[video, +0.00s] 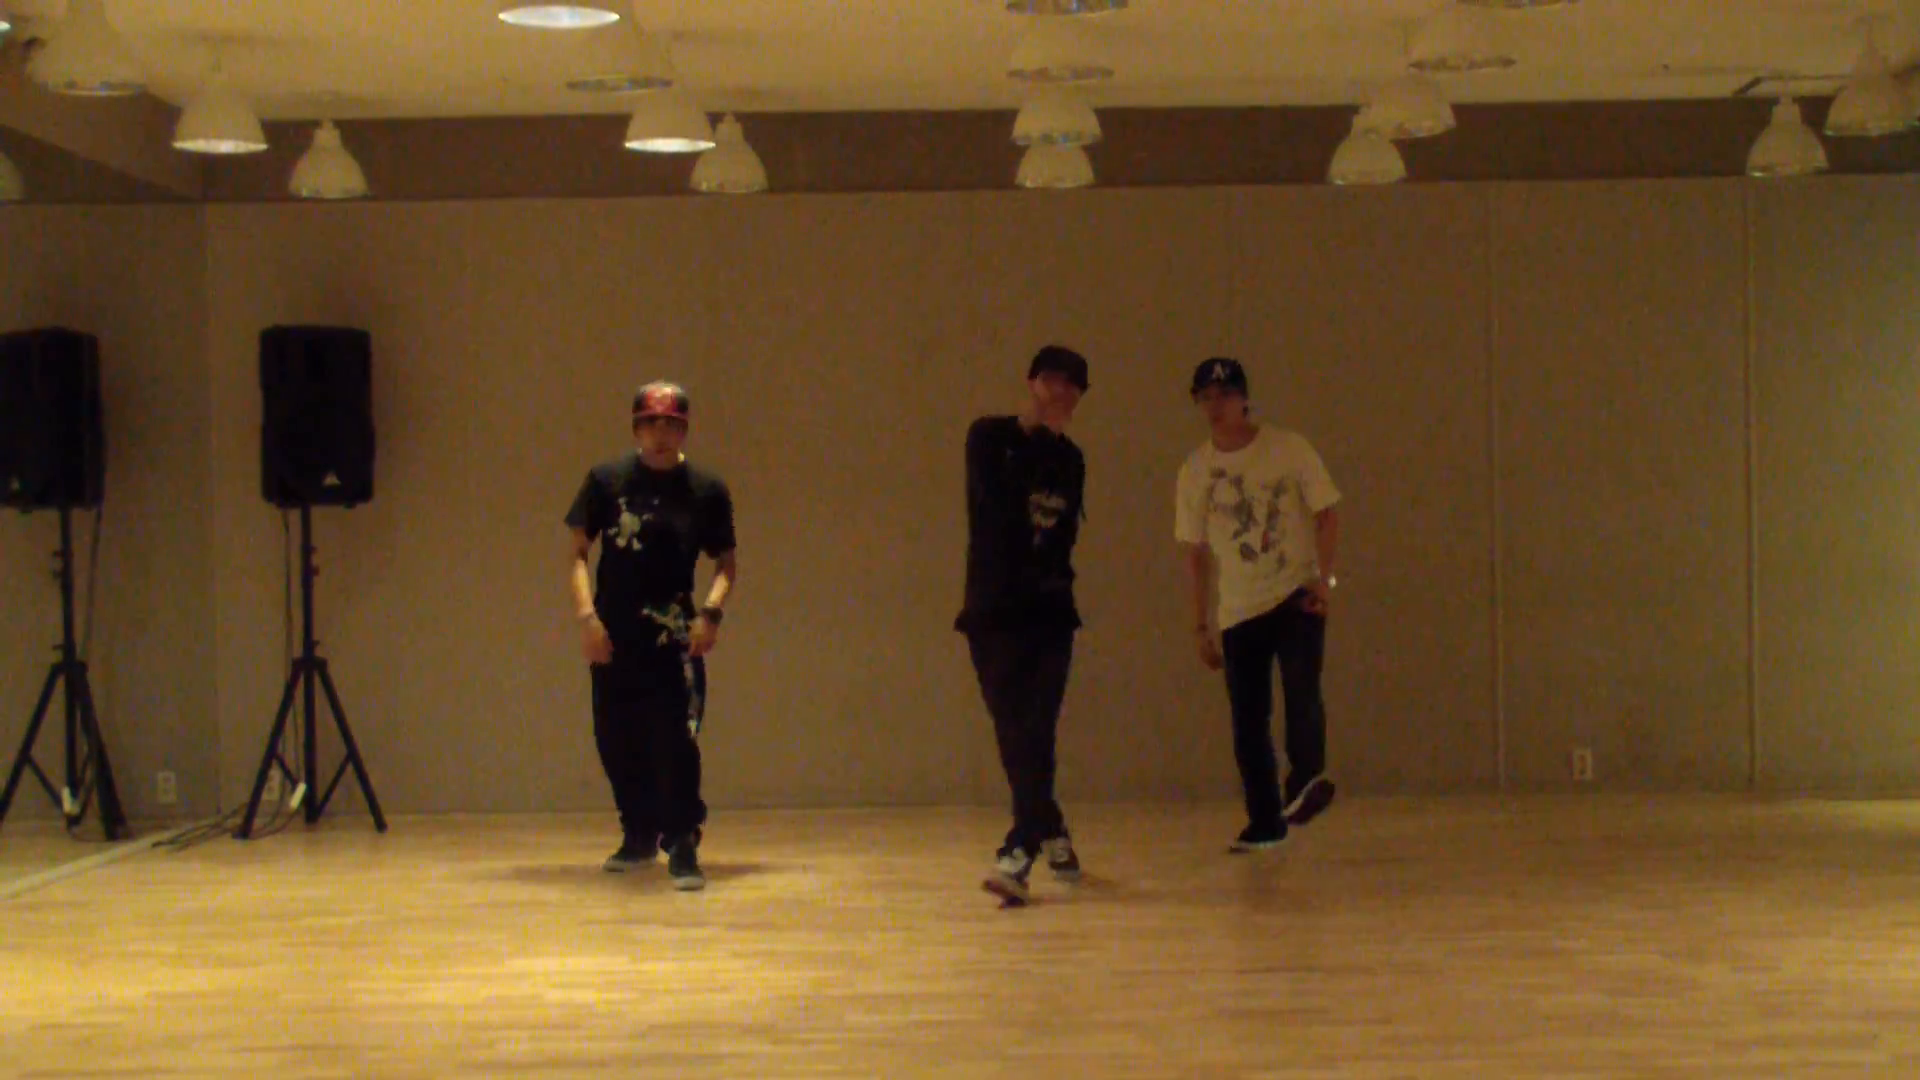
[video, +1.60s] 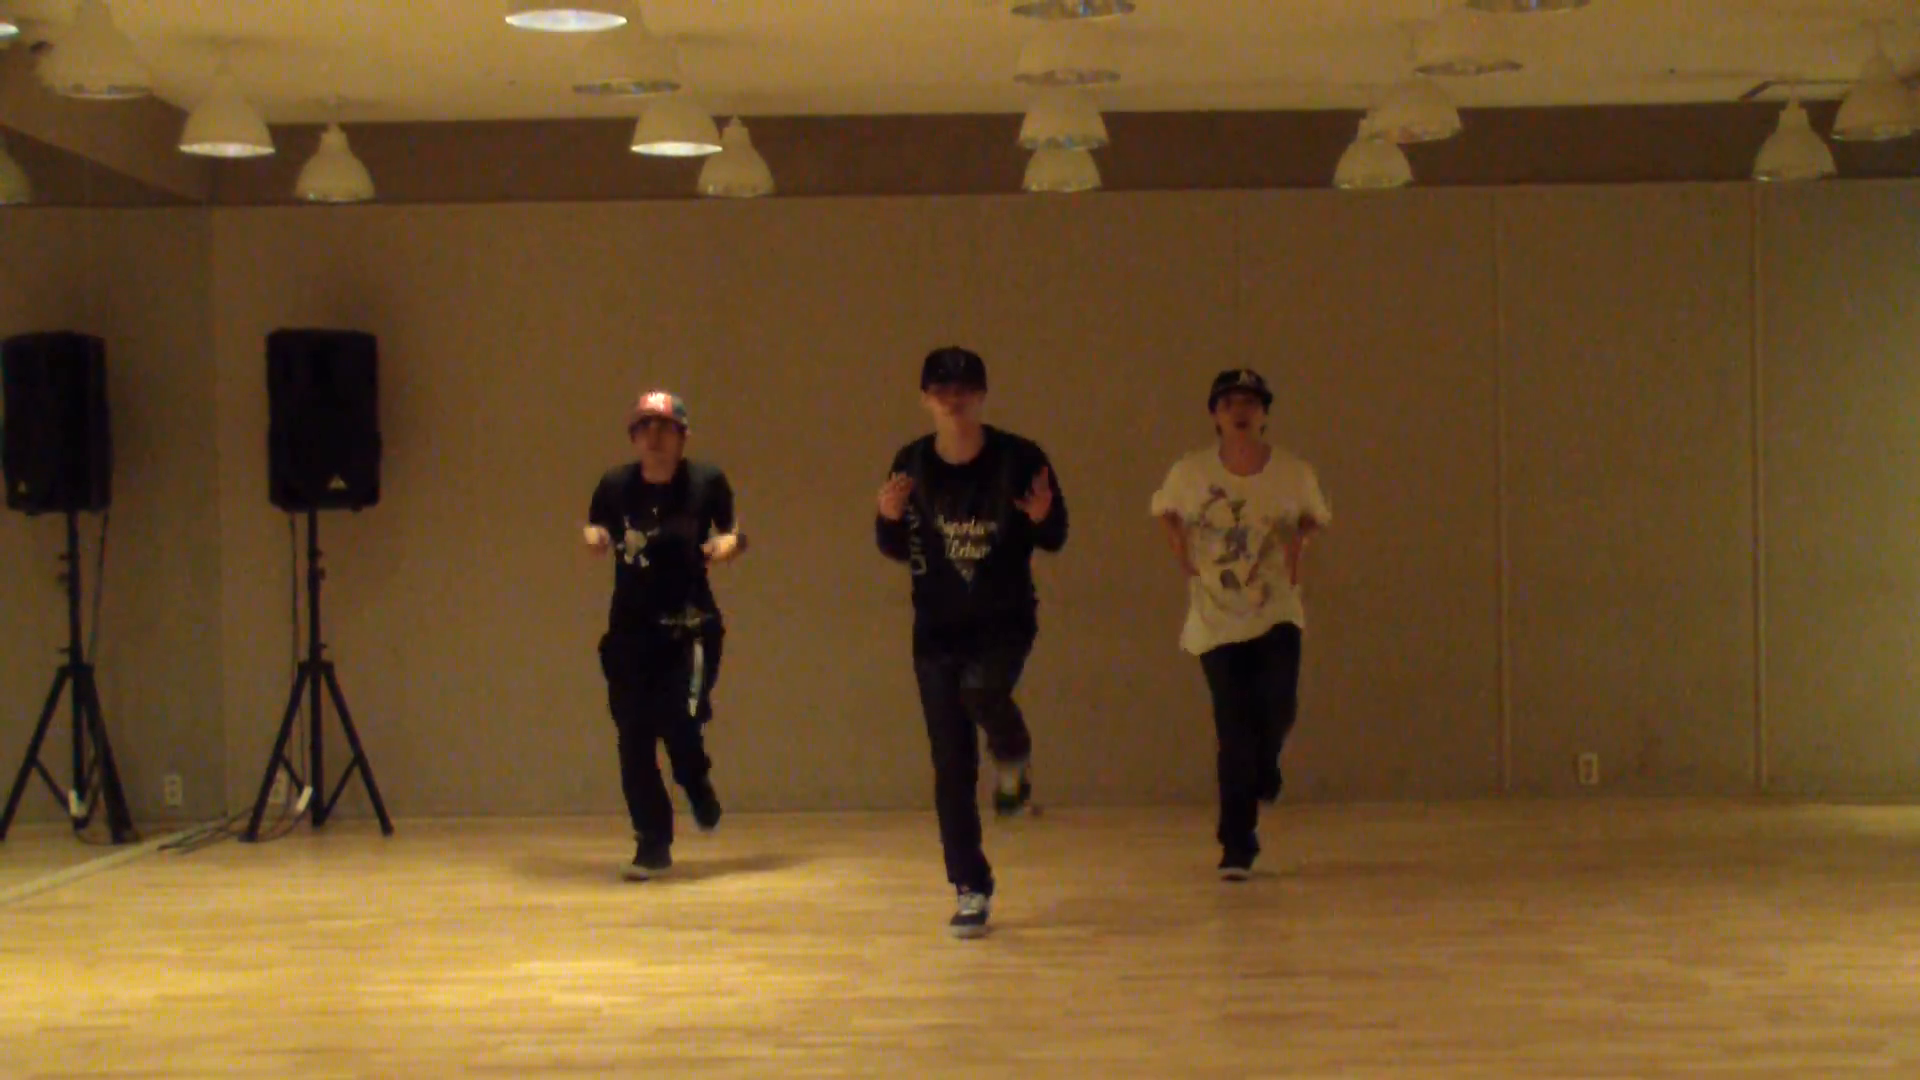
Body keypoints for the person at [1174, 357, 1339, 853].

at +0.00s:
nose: (1217, 406)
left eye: (1226, 395)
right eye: (1208, 399)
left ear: (1245, 399)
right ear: (1199, 405)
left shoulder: (1289, 448)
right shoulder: (1196, 470)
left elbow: (1327, 511)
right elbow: (1195, 553)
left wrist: (1324, 577)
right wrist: (1200, 625)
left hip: (1296, 596)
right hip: (1238, 609)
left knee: (1302, 692)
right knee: (1248, 720)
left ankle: (1305, 783)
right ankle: (1264, 822)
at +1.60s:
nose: (1240, 412)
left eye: (1249, 404)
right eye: (1230, 405)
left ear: (1264, 412)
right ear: (1215, 414)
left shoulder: (1291, 470)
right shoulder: (1191, 470)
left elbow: (1314, 516)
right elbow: (1165, 509)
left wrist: (1294, 551)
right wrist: (1183, 552)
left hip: (1277, 614)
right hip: (1217, 618)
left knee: (1278, 711)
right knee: (1235, 732)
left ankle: (1265, 767)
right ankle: (1237, 845)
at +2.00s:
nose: (1233, 443)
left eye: (1242, 434)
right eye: (1222, 434)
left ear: (1256, 443)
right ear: (1205, 447)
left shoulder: (1286, 502)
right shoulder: (1191, 507)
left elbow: (1321, 525)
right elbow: (1169, 538)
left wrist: (1355, 526)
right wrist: (1148, 539)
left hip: (1283, 641)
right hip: (1223, 651)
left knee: (1287, 727)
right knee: (1237, 758)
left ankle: (1287, 811)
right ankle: (1244, 849)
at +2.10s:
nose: (1239, 426)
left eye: (1249, 417)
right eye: (1229, 417)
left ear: (1263, 424)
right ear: (1210, 427)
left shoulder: (1297, 489)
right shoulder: (1189, 498)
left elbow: (1372, 499)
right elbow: (1118, 505)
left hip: (1288, 629)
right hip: (1225, 641)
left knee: (1296, 707)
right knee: (1237, 751)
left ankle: (1300, 815)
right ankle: (1239, 839)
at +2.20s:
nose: (1243, 425)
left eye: (1253, 415)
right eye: (1232, 416)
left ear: (1270, 421)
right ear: (1216, 424)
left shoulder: (1306, 483)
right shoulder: (1192, 488)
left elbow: (1381, 505)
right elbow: (1119, 508)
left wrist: (1445, 507)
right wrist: (1062, 507)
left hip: (1297, 627)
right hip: (1233, 634)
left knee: (1299, 722)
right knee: (1240, 730)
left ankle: (1314, 842)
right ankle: (1225, 844)